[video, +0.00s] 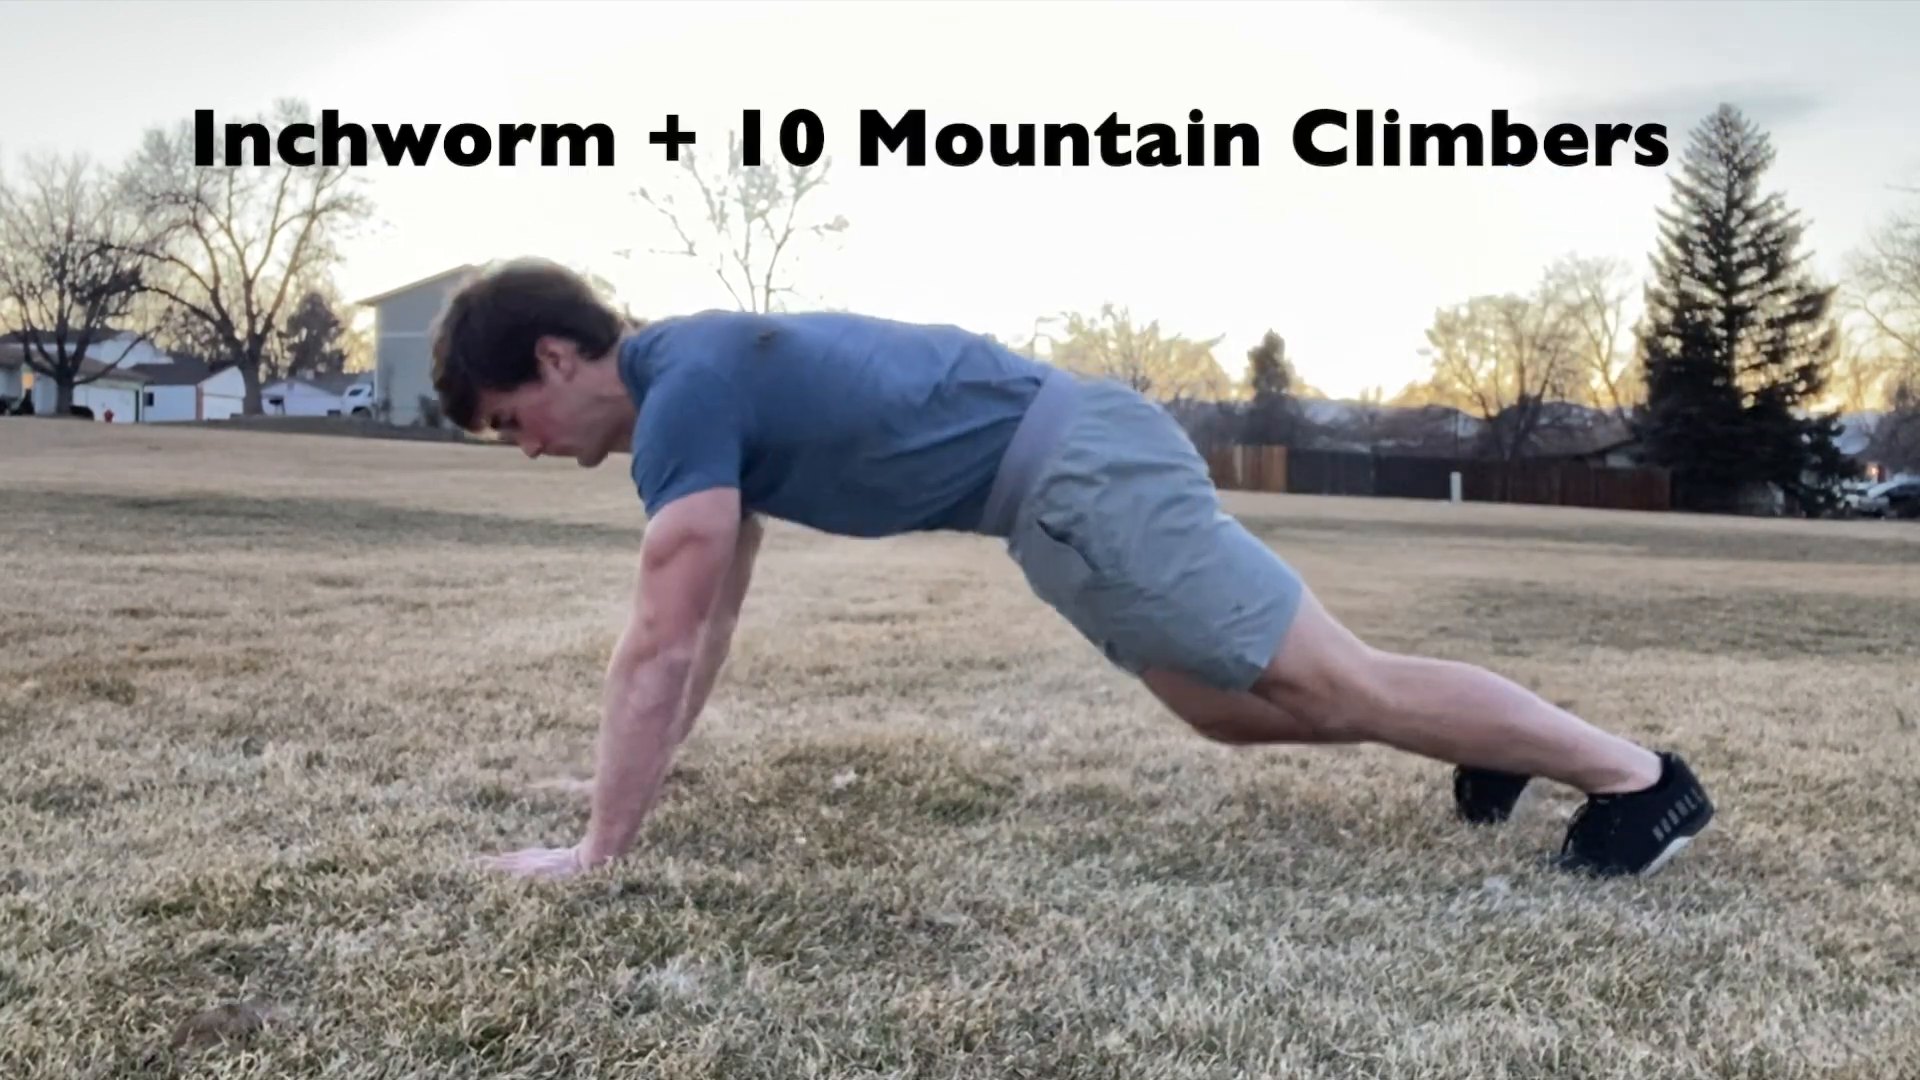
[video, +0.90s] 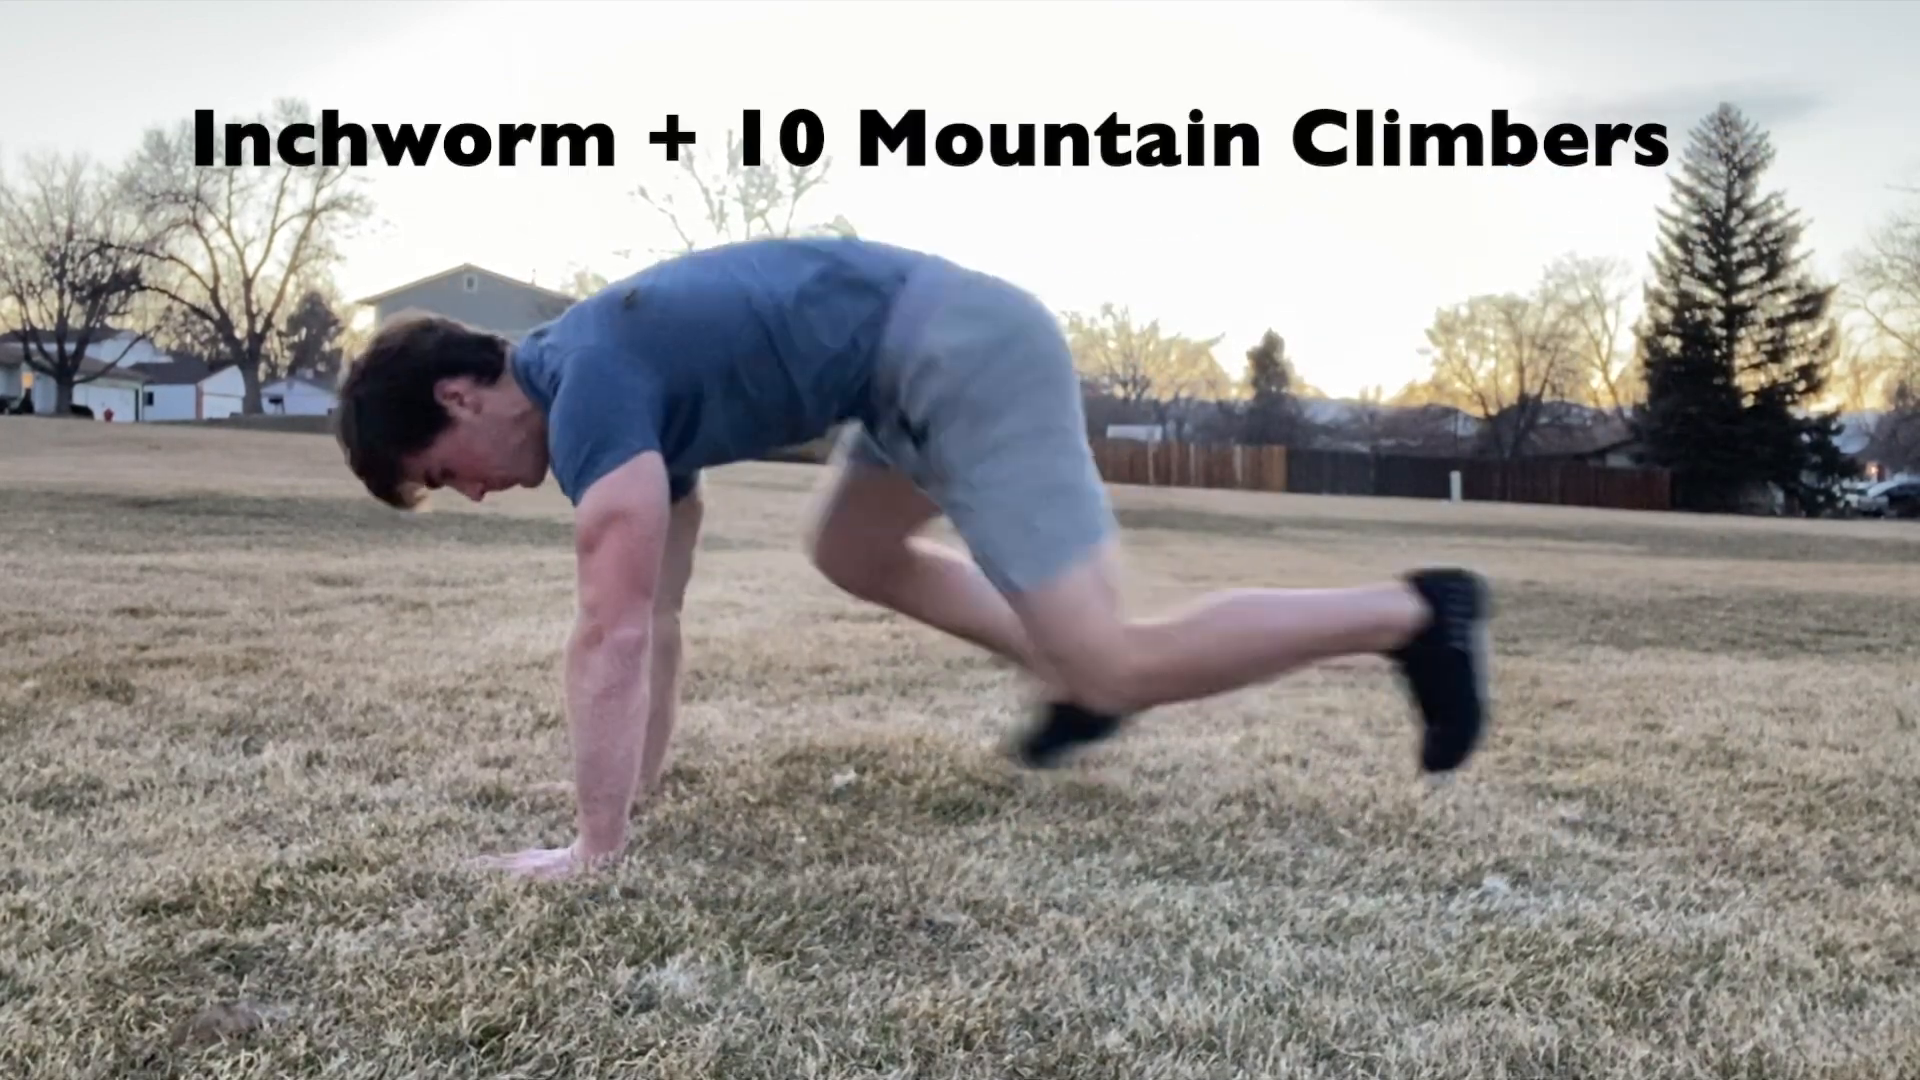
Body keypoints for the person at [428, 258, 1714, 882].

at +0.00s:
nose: (524, 448)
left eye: (513, 419)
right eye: (506, 432)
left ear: (557, 359)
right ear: (567, 357)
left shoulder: (689, 376)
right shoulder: (701, 389)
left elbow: (663, 649)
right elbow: (698, 634)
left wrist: (595, 851)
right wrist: (631, 788)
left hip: (1079, 465)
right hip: (1053, 488)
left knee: (1333, 680)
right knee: (1235, 709)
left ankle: (1642, 779)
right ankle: (1508, 734)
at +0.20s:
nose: (509, 484)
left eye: (493, 458)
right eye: (488, 474)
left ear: (531, 389)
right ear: (540, 392)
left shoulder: (661, 384)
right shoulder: (670, 405)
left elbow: (640, 635)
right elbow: (682, 637)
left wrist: (592, 849)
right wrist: (626, 804)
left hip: (1042, 399)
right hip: (1027, 420)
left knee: (1153, 706)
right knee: (1186, 666)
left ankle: (1472, 693)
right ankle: (1450, 712)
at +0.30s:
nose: (506, 484)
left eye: (487, 459)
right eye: (483, 474)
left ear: (520, 393)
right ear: (526, 397)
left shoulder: (651, 374)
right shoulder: (651, 398)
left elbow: (638, 626)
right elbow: (674, 624)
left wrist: (597, 842)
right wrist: (628, 792)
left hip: (1014, 338)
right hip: (1019, 370)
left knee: (925, 566)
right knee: (1237, 576)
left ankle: (1225, 705)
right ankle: (1491, 716)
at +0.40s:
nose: (509, 481)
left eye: (489, 455)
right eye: (485, 470)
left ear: (521, 387)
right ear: (525, 394)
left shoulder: (651, 365)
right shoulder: (653, 392)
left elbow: (634, 629)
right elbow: (661, 630)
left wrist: (594, 843)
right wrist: (614, 807)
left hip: (1016, 340)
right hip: (1028, 389)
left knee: (774, 415)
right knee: (1246, 565)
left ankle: (900, 748)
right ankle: (1521, 682)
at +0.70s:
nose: (478, 502)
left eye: (456, 480)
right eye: (454, 494)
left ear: (481, 406)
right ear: (487, 410)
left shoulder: (627, 363)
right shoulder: (617, 399)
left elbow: (629, 630)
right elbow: (637, 638)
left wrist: (598, 844)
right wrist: (620, 826)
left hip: (981, 341)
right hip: (993, 385)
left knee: (769, 495)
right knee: (1180, 609)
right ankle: (1465, 727)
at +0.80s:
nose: (464, 503)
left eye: (443, 480)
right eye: (440, 495)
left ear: (464, 404)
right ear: (469, 402)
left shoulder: (594, 371)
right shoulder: (602, 376)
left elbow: (618, 620)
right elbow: (646, 600)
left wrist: (596, 842)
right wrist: (641, 780)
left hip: (947, 299)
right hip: (975, 302)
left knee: (918, 612)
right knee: (1028, 603)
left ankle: (1230, 675)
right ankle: (1306, 674)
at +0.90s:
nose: (465, 491)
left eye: (444, 469)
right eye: (442, 485)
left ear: (469, 397)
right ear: (473, 400)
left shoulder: (592, 369)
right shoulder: (619, 379)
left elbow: (614, 622)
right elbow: (654, 607)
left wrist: (595, 847)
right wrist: (643, 772)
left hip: (964, 340)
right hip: (917, 366)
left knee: (1109, 664)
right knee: (855, 551)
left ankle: (1419, 617)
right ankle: (1082, 679)